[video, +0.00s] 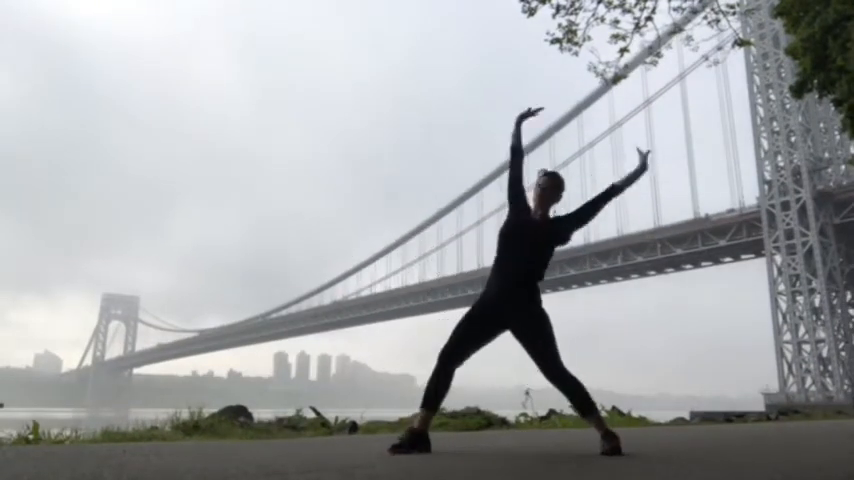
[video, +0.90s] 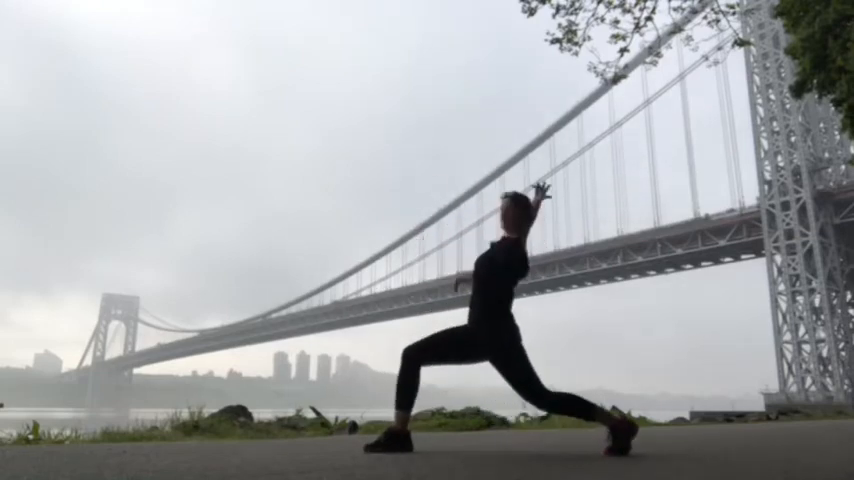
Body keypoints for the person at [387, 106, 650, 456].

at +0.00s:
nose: (543, 187)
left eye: (551, 186)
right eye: (542, 183)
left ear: (558, 197)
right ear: (533, 188)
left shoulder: (557, 230)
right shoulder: (517, 211)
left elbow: (603, 198)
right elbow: (515, 165)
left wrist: (640, 170)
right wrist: (518, 125)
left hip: (527, 309)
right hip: (492, 302)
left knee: (556, 373)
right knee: (447, 359)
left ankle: (607, 435)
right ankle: (419, 431)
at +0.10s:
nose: (543, 184)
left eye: (549, 182)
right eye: (540, 180)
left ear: (555, 194)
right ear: (531, 187)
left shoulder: (556, 224)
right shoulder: (517, 212)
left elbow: (589, 188)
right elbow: (520, 164)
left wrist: (613, 152)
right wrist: (531, 123)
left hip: (529, 307)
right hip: (494, 302)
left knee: (558, 371)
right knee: (449, 357)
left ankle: (607, 435)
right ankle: (417, 428)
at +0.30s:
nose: (423, 236)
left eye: (428, 231)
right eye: (423, 231)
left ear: (446, 234)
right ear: (430, 236)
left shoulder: (456, 271)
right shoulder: (436, 270)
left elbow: (482, 312)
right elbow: (444, 311)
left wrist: (508, 350)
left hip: (472, 351)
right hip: (448, 350)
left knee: (530, 401)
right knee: (390, 356)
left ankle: (613, 423)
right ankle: (397, 432)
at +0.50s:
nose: (436, 257)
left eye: (443, 252)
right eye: (437, 252)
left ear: (460, 259)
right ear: (447, 259)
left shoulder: (448, 284)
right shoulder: (455, 291)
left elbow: (406, 255)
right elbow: (467, 337)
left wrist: (366, 230)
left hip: (463, 382)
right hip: (457, 378)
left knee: (525, 437)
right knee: (387, 359)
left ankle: (604, 425)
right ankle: (397, 432)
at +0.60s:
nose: (456, 252)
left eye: (461, 248)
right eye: (457, 247)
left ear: (473, 252)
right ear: (463, 254)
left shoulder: (476, 281)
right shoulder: (464, 284)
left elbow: (478, 244)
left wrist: (480, 213)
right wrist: (479, 222)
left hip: (467, 376)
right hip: (446, 372)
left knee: (526, 436)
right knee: (387, 359)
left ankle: (604, 424)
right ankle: (397, 433)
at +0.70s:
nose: (481, 250)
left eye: (488, 247)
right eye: (480, 245)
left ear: (501, 252)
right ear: (477, 249)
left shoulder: (502, 280)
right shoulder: (462, 277)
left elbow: (543, 266)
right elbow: (430, 262)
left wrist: (537, 258)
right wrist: (401, 248)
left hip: (478, 373)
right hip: (451, 367)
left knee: (532, 431)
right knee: (391, 356)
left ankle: (608, 424)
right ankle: (397, 432)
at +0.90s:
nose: (504, 214)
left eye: (510, 210)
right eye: (504, 209)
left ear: (522, 217)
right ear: (508, 216)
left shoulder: (514, 252)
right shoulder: (501, 247)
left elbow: (517, 270)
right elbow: (521, 223)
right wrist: (537, 201)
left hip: (500, 336)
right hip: (476, 334)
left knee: (541, 399)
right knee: (412, 355)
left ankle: (617, 424)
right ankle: (399, 433)